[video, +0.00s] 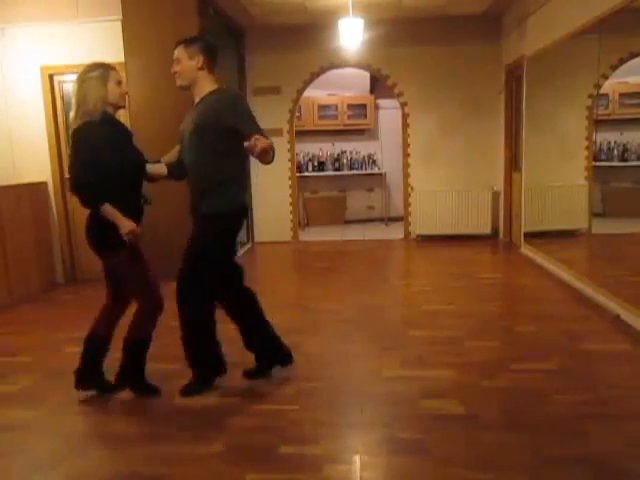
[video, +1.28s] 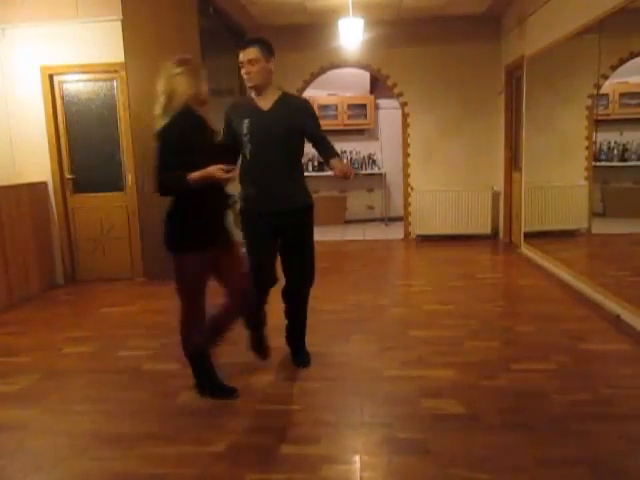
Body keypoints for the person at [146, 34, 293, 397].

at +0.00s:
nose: (173, 69)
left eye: (178, 62)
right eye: (173, 63)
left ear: (199, 62)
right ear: (194, 64)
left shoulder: (227, 101)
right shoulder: (194, 113)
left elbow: (266, 155)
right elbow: (180, 167)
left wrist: (264, 149)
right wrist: (135, 169)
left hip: (226, 210)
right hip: (206, 211)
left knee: (192, 286)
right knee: (227, 285)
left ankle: (206, 368)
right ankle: (271, 352)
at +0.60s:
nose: (181, 72)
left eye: (187, 65)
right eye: (180, 66)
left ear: (209, 65)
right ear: (197, 69)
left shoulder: (237, 106)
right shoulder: (190, 112)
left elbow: (272, 150)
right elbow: (155, 145)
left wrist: (235, 160)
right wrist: (114, 149)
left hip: (237, 211)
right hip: (205, 211)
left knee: (209, 281)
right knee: (195, 282)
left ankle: (207, 364)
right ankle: (221, 346)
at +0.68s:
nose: (187, 73)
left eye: (192, 66)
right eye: (186, 67)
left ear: (214, 67)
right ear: (202, 70)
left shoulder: (243, 108)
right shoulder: (194, 113)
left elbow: (280, 152)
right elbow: (161, 145)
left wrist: (244, 161)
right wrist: (122, 151)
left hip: (241, 209)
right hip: (210, 209)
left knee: (217, 278)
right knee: (197, 282)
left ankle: (227, 356)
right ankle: (214, 354)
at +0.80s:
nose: (198, 73)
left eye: (204, 66)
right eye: (197, 68)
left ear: (227, 67)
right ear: (210, 72)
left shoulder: (257, 109)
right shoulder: (203, 117)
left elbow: (295, 153)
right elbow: (165, 153)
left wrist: (270, 162)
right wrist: (122, 157)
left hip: (252, 209)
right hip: (219, 210)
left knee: (238, 283)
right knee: (210, 288)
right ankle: (221, 354)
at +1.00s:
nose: (218, 71)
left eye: (224, 64)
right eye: (217, 65)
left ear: (247, 65)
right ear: (219, 71)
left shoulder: (278, 106)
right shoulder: (222, 115)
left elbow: (317, 148)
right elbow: (192, 159)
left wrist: (318, 159)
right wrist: (151, 160)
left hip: (279, 210)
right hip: (240, 212)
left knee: (284, 285)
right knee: (231, 287)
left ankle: (292, 338)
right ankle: (223, 356)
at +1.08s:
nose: (225, 70)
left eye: (232, 63)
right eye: (224, 65)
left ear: (253, 65)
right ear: (225, 69)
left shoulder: (284, 105)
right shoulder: (228, 111)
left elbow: (314, 136)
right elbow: (206, 158)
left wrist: (327, 156)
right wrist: (177, 160)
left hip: (286, 208)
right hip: (246, 210)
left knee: (292, 281)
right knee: (235, 283)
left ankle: (293, 338)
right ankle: (223, 350)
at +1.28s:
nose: (246, 69)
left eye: (252, 62)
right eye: (242, 65)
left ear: (270, 65)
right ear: (239, 70)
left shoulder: (297, 106)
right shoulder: (237, 112)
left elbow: (319, 140)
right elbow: (226, 158)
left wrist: (335, 161)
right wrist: (212, 174)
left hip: (295, 204)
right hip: (255, 206)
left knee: (300, 277)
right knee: (263, 277)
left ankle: (297, 341)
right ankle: (255, 325)